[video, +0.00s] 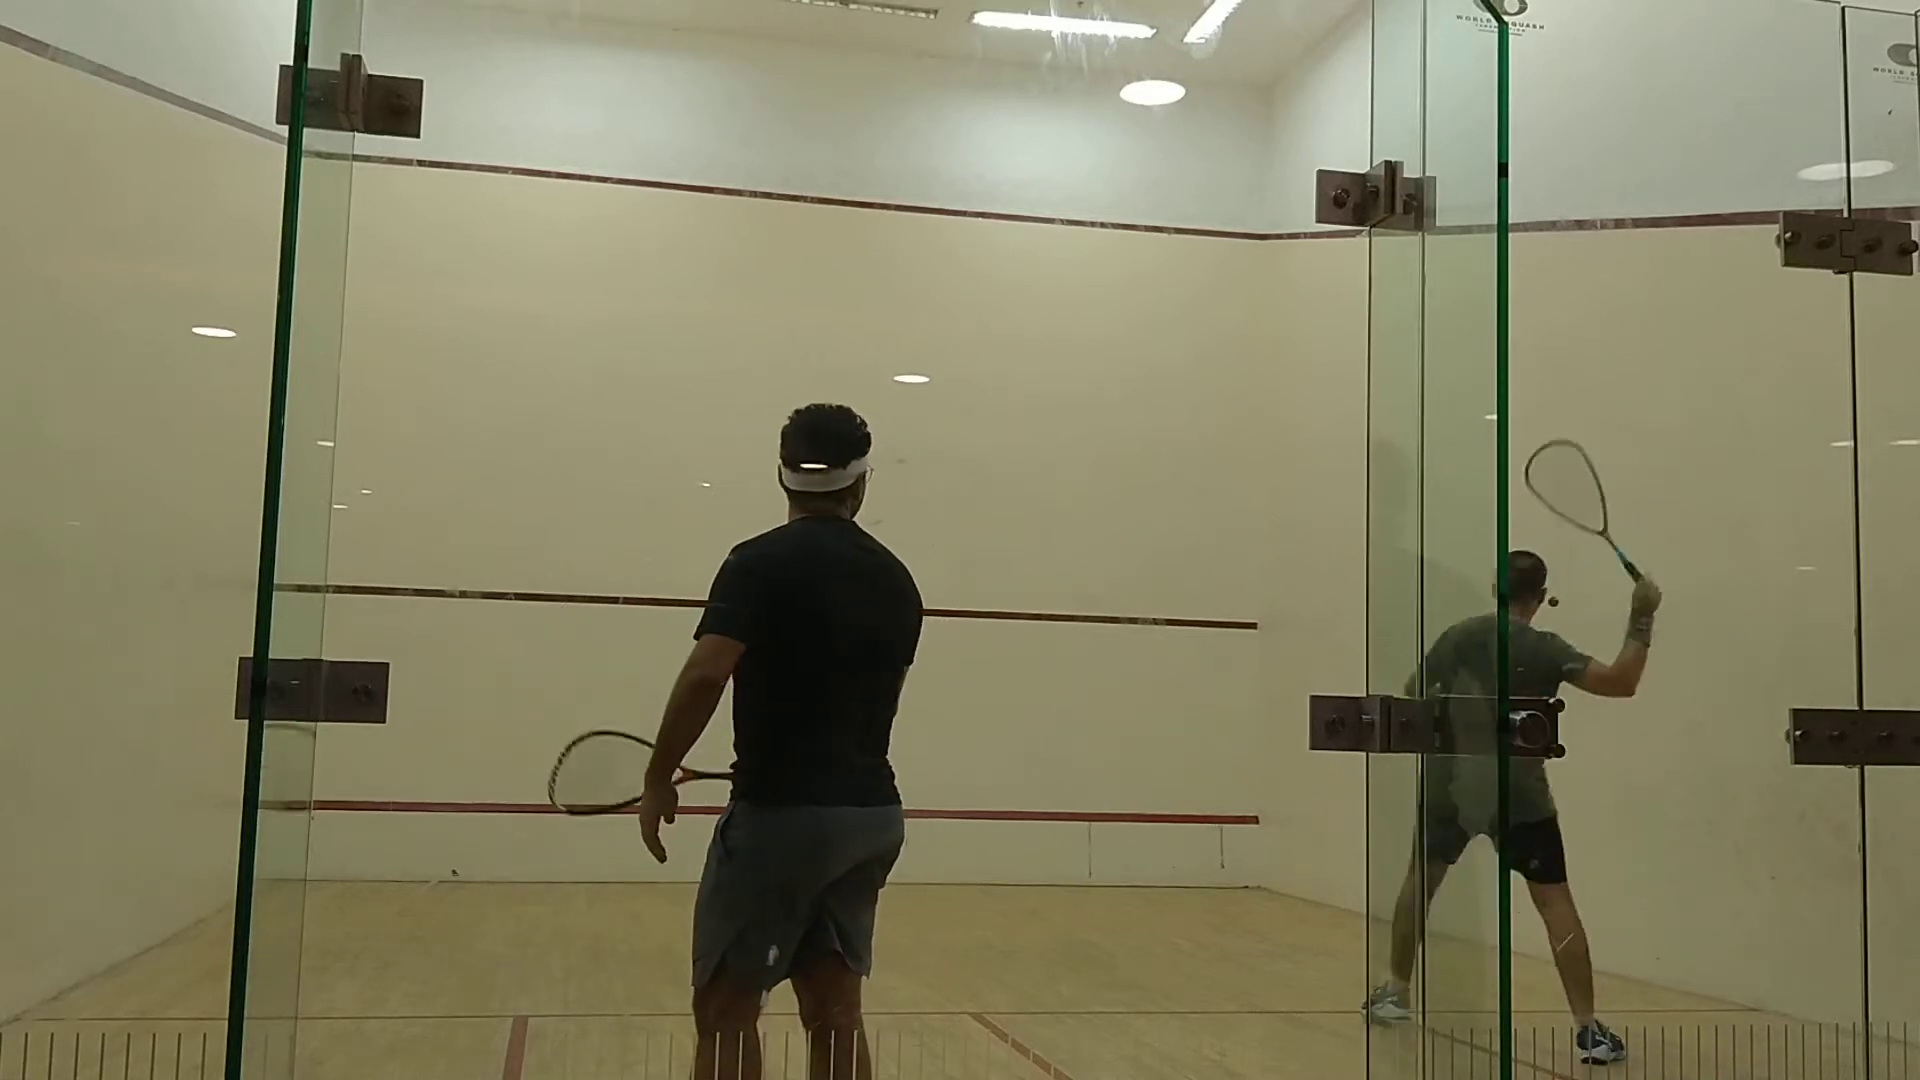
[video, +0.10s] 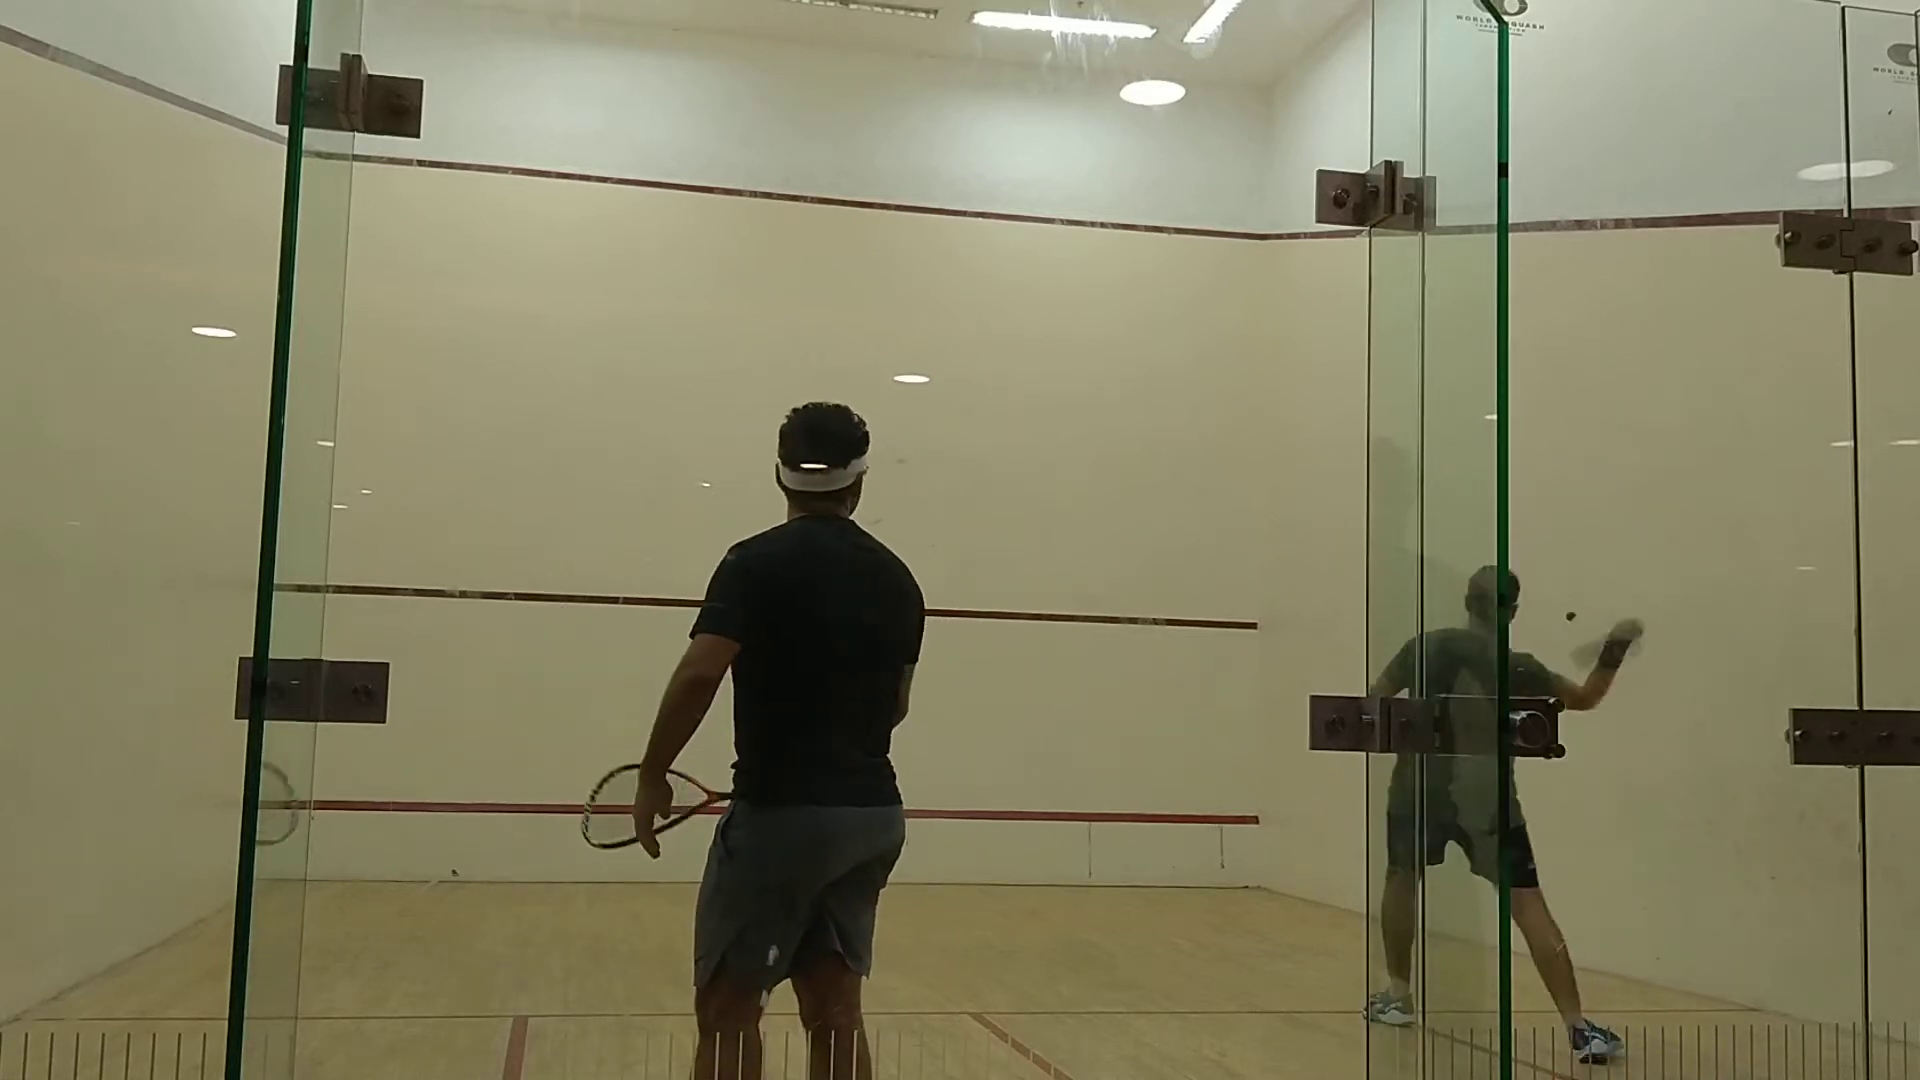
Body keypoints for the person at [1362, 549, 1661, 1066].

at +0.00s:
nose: (1545, 599)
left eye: (1540, 591)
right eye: (1544, 593)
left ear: (1495, 591)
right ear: (1540, 597)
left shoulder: (1454, 638)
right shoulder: (1541, 647)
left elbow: (1410, 701)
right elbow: (1621, 682)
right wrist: (1641, 617)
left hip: (1448, 791)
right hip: (1518, 795)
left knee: (1419, 884)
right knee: (1556, 905)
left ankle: (1395, 992)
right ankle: (1588, 1030)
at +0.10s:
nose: (1504, 611)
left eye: (1489, 599)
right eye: (1510, 603)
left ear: (1469, 600)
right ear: (1513, 608)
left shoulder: (1424, 647)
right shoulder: (1516, 667)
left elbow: (1376, 700)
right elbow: (1585, 697)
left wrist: (1412, 727)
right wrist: (1613, 654)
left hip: (1418, 793)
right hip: (1487, 799)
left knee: (1401, 880)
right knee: (1530, 908)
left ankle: (1398, 997)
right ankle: (1579, 1029)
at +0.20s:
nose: (1462, 611)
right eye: (1472, 604)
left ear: (1432, 602)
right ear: (1476, 609)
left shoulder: (1396, 653)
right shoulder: (1486, 665)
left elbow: (1367, 716)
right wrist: (1528, 703)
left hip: (1401, 796)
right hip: (1472, 802)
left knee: (1381, 891)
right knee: (1508, 907)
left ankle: (1396, 999)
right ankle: (1546, 1021)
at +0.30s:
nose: (1399, 595)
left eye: (1402, 588)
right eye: (1404, 587)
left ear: (1407, 594)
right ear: (1445, 597)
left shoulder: (1394, 647)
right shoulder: (1463, 650)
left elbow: (1375, 721)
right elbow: (1466, 720)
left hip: (1400, 799)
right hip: (1461, 798)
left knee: (1386, 892)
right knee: (1465, 901)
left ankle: (1397, 996)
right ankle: (1486, 1004)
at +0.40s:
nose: (1378, 593)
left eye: (1381, 586)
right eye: (1382, 586)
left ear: (1392, 589)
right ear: (1422, 591)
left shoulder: (1400, 638)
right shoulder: (1438, 640)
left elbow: (1387, 704)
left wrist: (1347, 745)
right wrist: (1329, 742)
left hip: (1408, 792)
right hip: (1448, 792)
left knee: (1393, 889)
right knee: (1434, 894)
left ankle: (1396, 995)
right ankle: (1461, 1006)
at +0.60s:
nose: (1362, 595)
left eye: (1366, 587)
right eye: (1364, 587)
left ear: (1381, 592)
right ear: (1398, 591)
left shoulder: (1420, 643)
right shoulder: (1386, 651)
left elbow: (1447, 704)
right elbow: (1374, 717)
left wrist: (1416, 758)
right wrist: (1336, 758)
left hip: (1418, 788)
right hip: (1414, 788)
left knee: (1346, 871)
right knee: (1422, 892)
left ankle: (1375, 976)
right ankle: (1475, 1002)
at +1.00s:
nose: (1291, 586)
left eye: (1302, 580)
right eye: (1294, 579)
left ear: (1332, 593)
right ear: (1318, 592)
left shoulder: (1348, 648)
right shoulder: (1310, 650)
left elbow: (1376, 727)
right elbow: (1308, 735)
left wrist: (1355, 790)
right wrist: (1286, 793)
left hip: (1341, 797)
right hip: (1337, 794)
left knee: (1290, 895)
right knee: (1378, 900)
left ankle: (1328, 1026)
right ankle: (1453, 992)